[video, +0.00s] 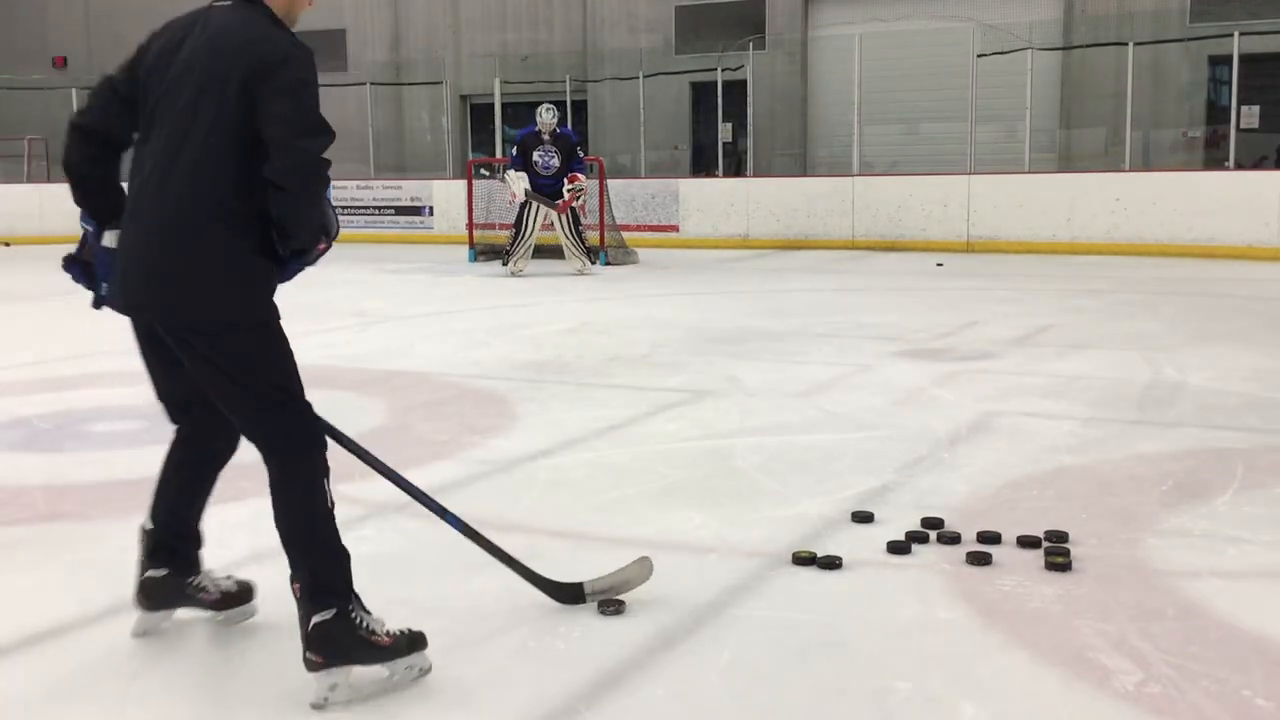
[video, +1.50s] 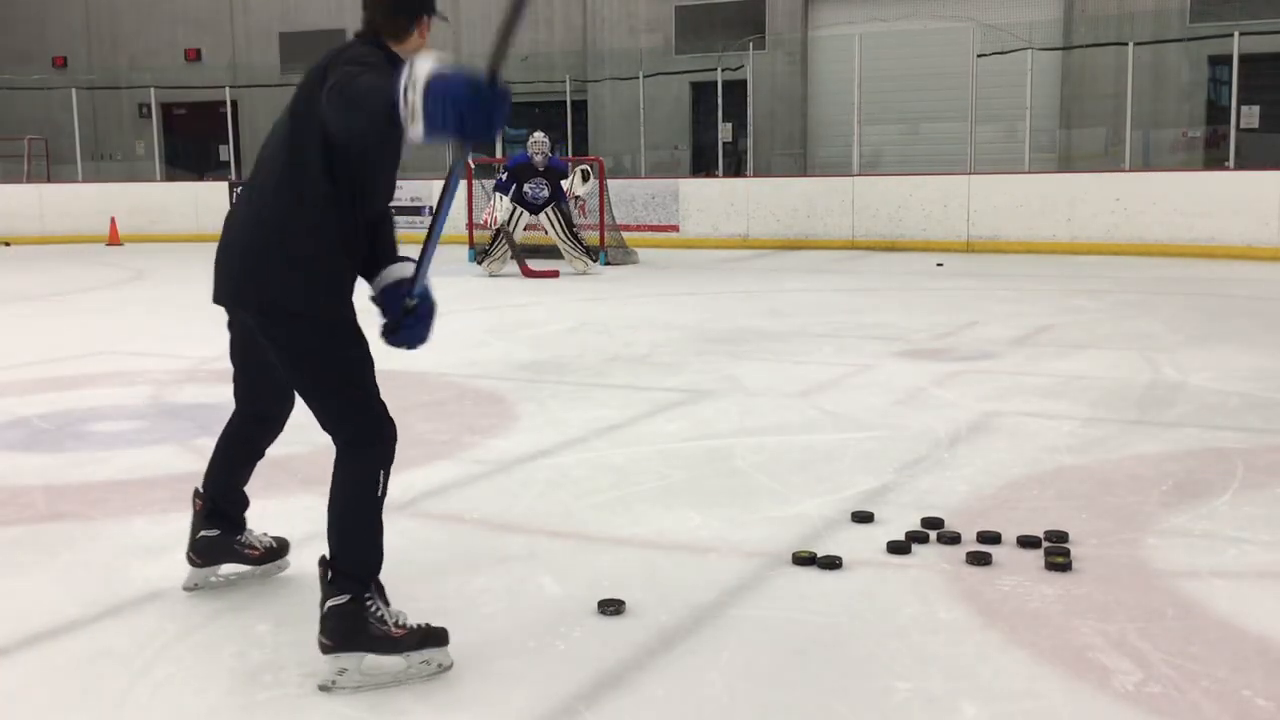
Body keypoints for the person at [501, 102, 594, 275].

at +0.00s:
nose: (546, 127)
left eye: (550, 124)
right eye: (543, 124)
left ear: (556, 121)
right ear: (537, 121)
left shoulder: (567, 138)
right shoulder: (526, 138)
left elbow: (577, 164)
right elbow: (516, 164)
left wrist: (577, 184)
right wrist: (520, 185)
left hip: (560, 194)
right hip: (534, 194)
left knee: (570, 232)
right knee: (526, 231)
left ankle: (583, 265)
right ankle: (515, 266)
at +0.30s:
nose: (549, 135)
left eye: (552, 132)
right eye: (546, 132)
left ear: (558, 127)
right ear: (539, 127)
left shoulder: (567, 140)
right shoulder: (526, 138)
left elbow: (578, 167)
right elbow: (513, 165)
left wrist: (577, 187)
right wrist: (515, 184)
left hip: (557, 194)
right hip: (531, 194)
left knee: (569, 231)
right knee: (521, 231)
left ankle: (583, 266)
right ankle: (510, 266)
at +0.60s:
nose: (547, 134)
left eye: (550, 130)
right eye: (543, 130)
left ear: (555, 128)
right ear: (536, 127)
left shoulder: (562, 145)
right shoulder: (520, 140)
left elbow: (570, 171)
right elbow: (509, 163)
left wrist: (562, 186)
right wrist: (514, 179)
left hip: (554, 190)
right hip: (527, 188)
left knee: (570, 224)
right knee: (515, 225)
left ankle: (583, 261)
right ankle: (506, 263)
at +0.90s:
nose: (536, 130)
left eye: (540, 126)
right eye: (532, 126)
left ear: (546, 127)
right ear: (526, 126)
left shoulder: (556, 144)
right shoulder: (514, 141)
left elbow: (565, 169)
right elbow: (504, 167)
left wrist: (563, 184)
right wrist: (510, 188)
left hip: (551, 195)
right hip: (523, 195)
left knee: (567, 228)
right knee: (513, 230)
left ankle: (576, 264)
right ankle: (505, 265)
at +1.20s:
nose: (541, 148)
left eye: (544, 144)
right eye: (537, 144)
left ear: (550, 143)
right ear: (531, 143)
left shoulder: (559, 159)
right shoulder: (519, 159)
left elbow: (570, 184)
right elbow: (504, 183)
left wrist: (582, 168)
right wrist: (497, 205)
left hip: (552, 201)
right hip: (522, 201)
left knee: (567, 231)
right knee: (506, 231)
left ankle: (583, 263)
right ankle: (492, 264)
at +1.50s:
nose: (539, 155)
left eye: (543, 151)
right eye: (536, 151)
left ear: (548, 151)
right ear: (529, 150)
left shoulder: (557, 166)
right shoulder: (518, 164)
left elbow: (570, 184)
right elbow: (501, 187)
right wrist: (497, 209)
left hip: (549, 205)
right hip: (521, 204)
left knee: (564, 234)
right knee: (507, 234)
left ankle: (584, 264)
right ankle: (491, 265)